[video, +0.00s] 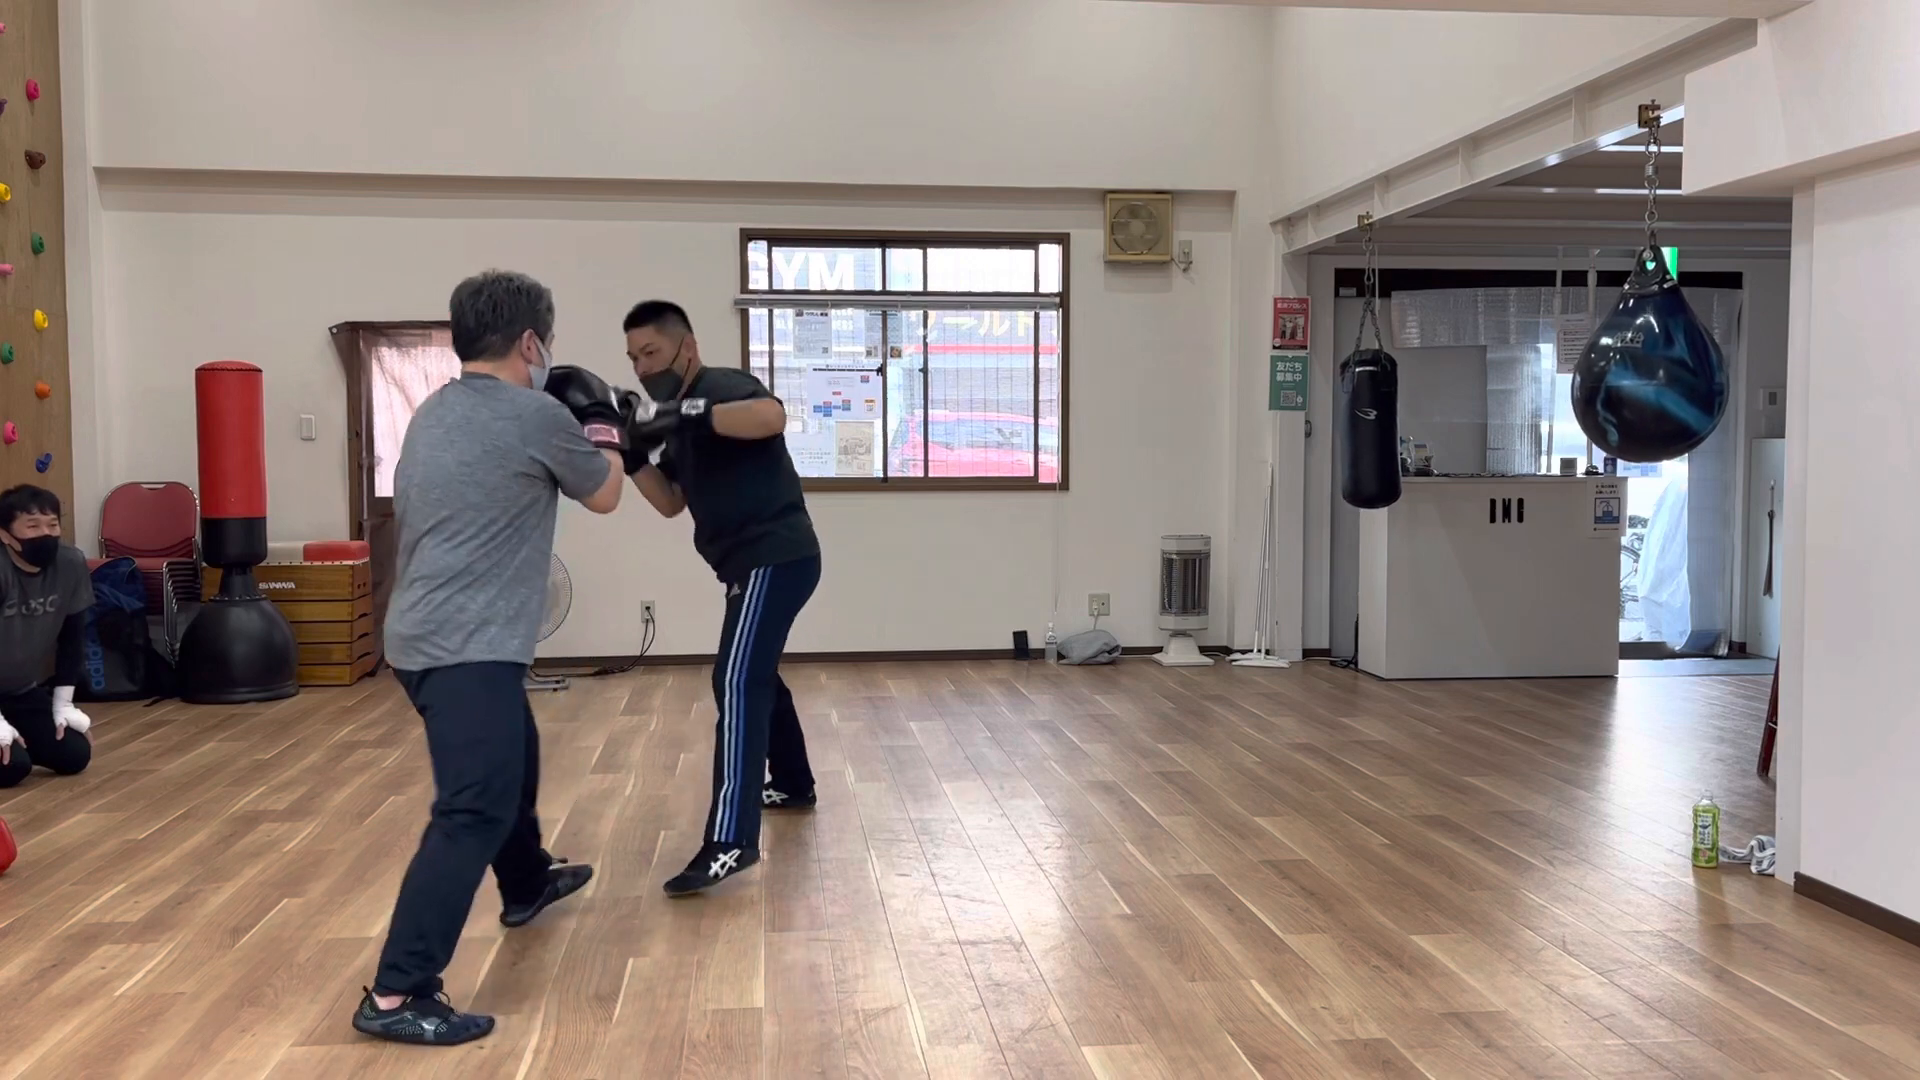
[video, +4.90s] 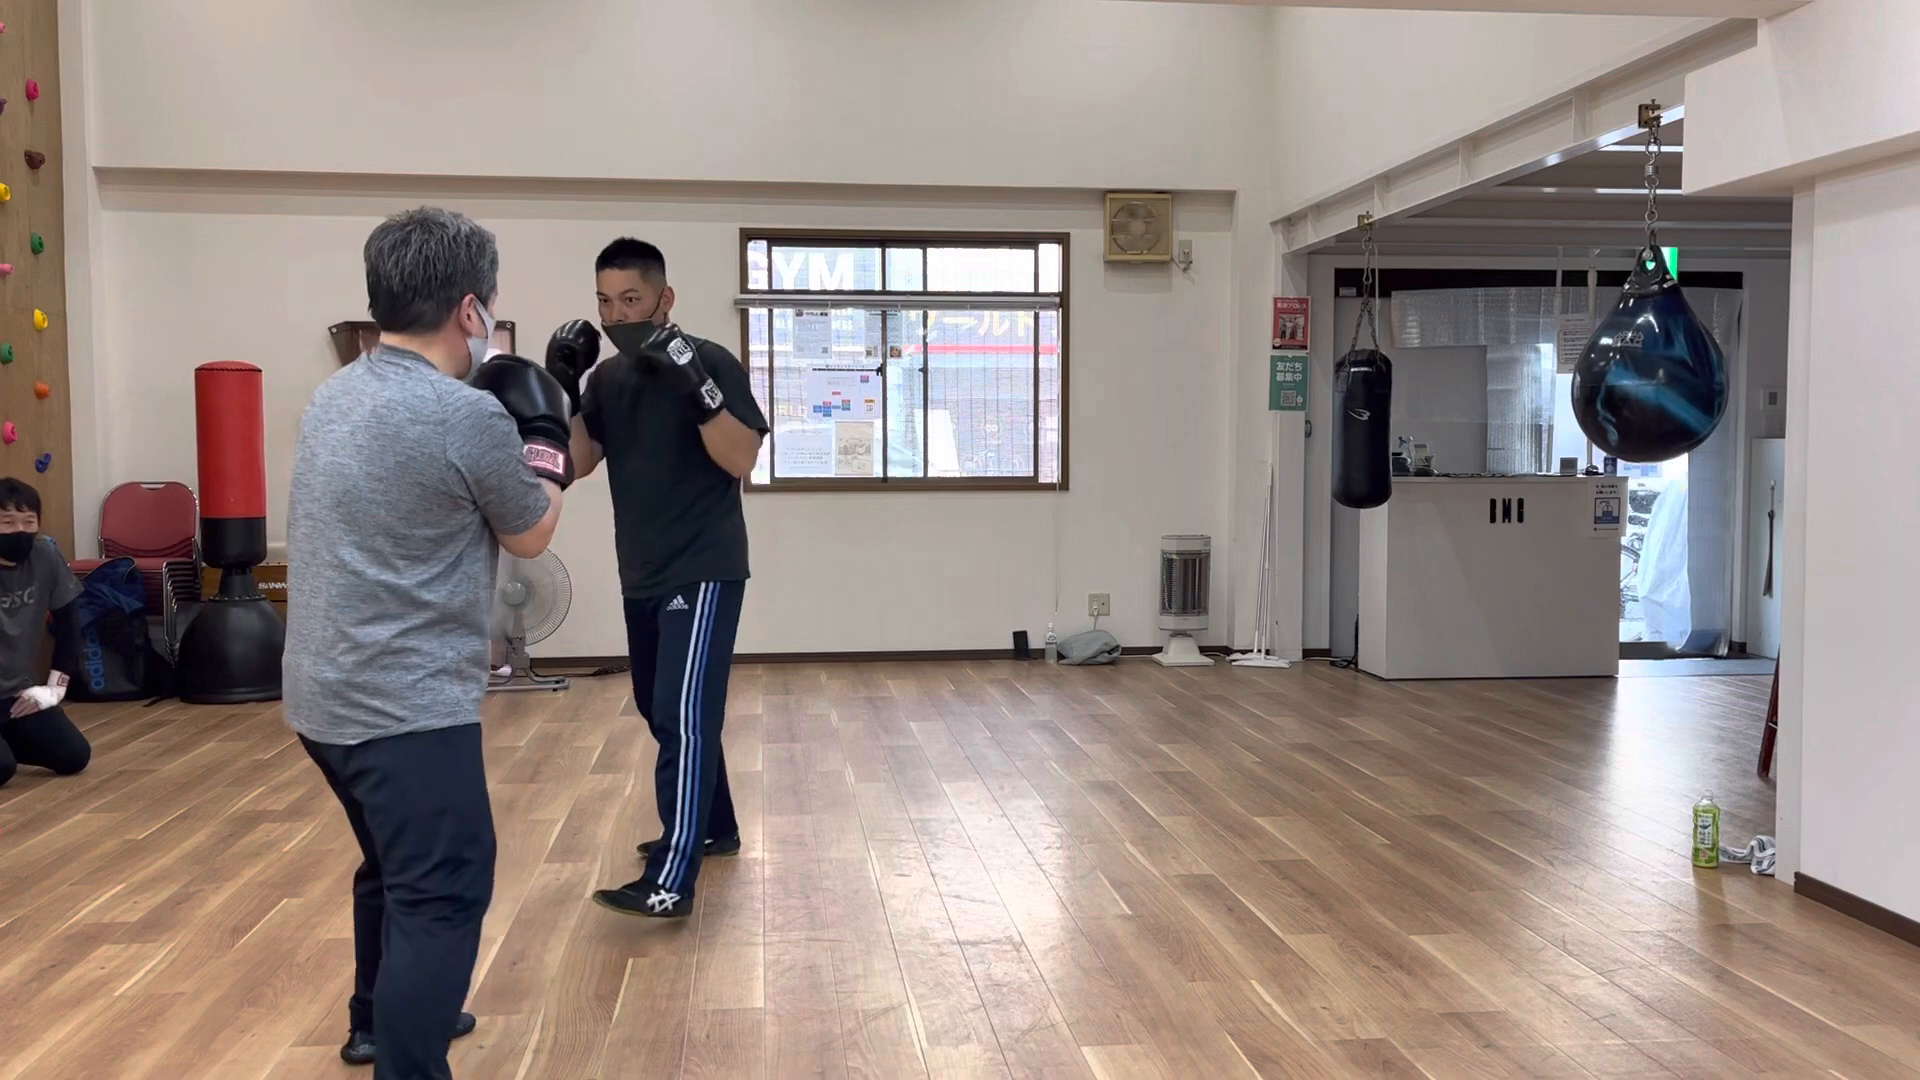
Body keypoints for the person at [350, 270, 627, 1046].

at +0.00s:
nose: (547, 353)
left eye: (548, 342)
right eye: (546, 341)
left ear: (460, 342)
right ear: (528, 342)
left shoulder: (430, 414)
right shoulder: (534, 414)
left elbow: (489, 493)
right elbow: (607, 494)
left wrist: (547, 424)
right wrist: (600, 435)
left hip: (418, 639)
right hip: (475, 648)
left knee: (514, 749)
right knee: (472, 813)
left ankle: (525, 880)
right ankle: (397, 993)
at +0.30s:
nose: (499, 367)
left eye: (495, 353)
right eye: (496, 354)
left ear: (409, 356)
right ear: (475, 359)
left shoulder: (368, 431)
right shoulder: (457, 445)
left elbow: (400, 543)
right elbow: (515, 553)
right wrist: (540, 500)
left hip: (358, 660)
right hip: (394, 673)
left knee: (472, 757)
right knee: (396, 841)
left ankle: (431, 925)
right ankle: (284, 1027)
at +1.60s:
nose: (376, 335)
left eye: (376, 321)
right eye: (373, 320)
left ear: (287, 322)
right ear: (345, 322)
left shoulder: (255, 397)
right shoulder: (347, 405)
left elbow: (320, 482)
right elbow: (417, 506)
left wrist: (385, 435)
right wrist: (436, 463)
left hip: (252, 639)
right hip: (299, 649)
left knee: (351, 750)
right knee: (289, 814)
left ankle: (302, 910)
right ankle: (221, 999)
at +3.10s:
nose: (495, 309)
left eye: (497, 296)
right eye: (493, 295)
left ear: (392, 294)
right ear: (470, 299)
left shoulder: (350, 374)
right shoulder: (457, 386)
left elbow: (402, 482)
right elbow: (527, 500)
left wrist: (484, 426)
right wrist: (532, 436)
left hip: (322, 652)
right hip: (400, 658)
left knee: (392, 818)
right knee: (422, 847)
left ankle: (382, 982)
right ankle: (330, 1050)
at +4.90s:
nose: (489, 317)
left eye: (491, 300)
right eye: (489, 301)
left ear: (382, 300)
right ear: (468, 310)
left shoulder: (332, 396)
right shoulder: (464, 415)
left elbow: (399, 509)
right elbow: (531, 534)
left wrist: (501, 451)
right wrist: (541, 450)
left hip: (323, 697)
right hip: (409, 707)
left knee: (389, 864)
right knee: (441, 895)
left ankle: (383, 1017)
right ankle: (411, 1061)